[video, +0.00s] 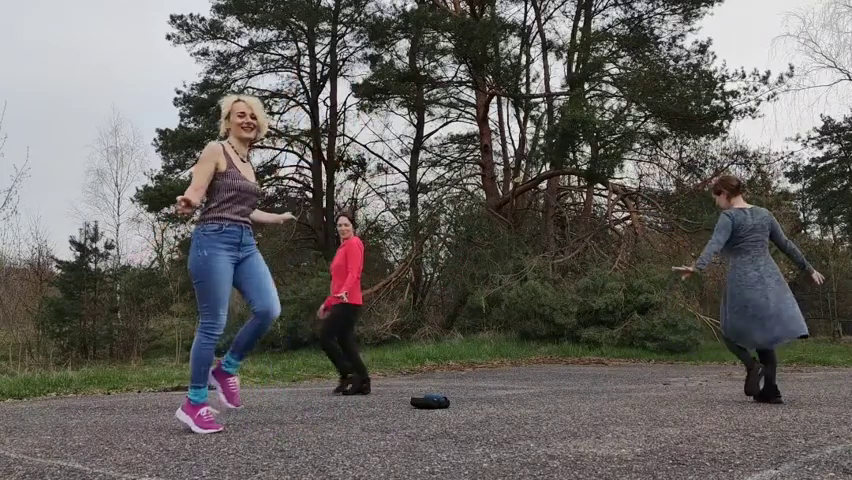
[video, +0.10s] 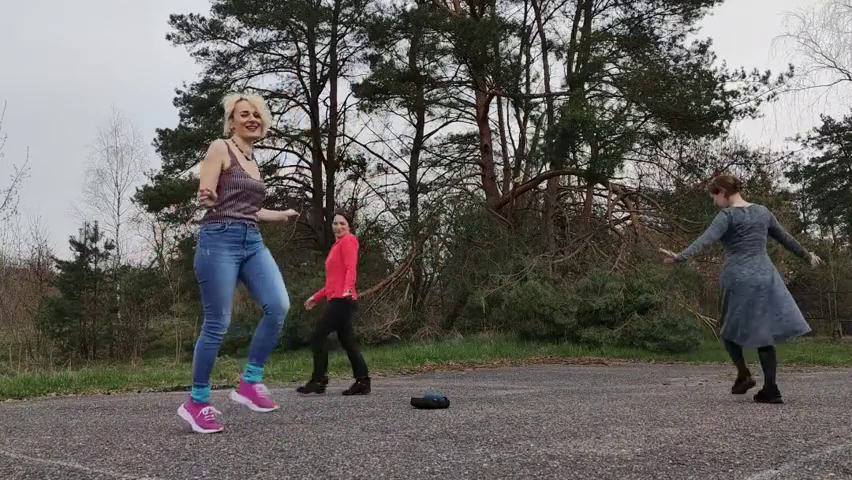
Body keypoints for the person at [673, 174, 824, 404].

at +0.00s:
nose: (716, 202)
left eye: (716, 197)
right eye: (715, 198)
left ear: (725, 194)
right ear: (739, 192)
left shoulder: (728, 217)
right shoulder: (764, 214)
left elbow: (715, 243)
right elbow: (786, 244)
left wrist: (697, 266)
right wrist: (810, 269)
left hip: (742, 280)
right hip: (768, 278)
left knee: (730, 333)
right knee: (763, 332)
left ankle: (751, 364)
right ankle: (770, 388)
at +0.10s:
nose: (714, 201)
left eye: (714, 196)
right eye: (713, 197)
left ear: (722, 192)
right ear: (735, 190)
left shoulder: (726, 215)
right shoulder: (761, 211)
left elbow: (707, 238)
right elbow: (785, 238)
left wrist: (681, 256)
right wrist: (808, 255)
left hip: (739, 278)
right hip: (765, 275)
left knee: (728, 330)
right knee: (764, 331)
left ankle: (743, 374)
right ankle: (771, 388)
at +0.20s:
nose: (712, 203)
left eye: (712, 198)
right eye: (711, 199)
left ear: (721, 194)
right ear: (736, 192)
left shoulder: (724, 218)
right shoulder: (759, 212)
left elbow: (699, 238)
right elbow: (782, 234)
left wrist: (668, 246)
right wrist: (803, 244)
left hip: (734, 280)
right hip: (761, 278)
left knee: (730, 330)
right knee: (761, 331)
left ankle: (735, 381)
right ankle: (770, 387)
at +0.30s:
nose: (710, 206)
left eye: (710, 202)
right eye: (708, 202)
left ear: (718, 198)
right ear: (732, 196)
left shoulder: (720, 221)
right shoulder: (755, 217)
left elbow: (693, 240)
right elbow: (777, 236)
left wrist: (660, 242)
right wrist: (797, 241)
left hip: (729, 283)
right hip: (756, 281)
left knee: (731, 334)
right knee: (757, 333)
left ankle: (735, 384)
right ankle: (769, 386)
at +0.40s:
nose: (705, 208)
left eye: (705, 202)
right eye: (704, 203)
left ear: (713, 199)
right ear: (725, 197)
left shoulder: (714, 224)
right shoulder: (750, 219)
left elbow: (688, 242)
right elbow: (772, 237)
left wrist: (655, 244)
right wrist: (794, 242)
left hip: (722, 283)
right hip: (749, 281)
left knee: (727, 334)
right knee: (753, 332)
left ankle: (734, 384)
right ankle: (769, 379)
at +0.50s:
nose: (700, 207)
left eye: (702, 201)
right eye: (700, 202)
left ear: (712, 200)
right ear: (720, 199)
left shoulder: (709, 225)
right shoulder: (744, 220)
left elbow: (684, 243)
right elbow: (769, 237)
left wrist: (652, 247)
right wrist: (793, 246)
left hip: (715, 283)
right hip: (742, 280)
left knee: (723, 334)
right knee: (751, 331)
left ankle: (733, 384)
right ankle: (770, 372)